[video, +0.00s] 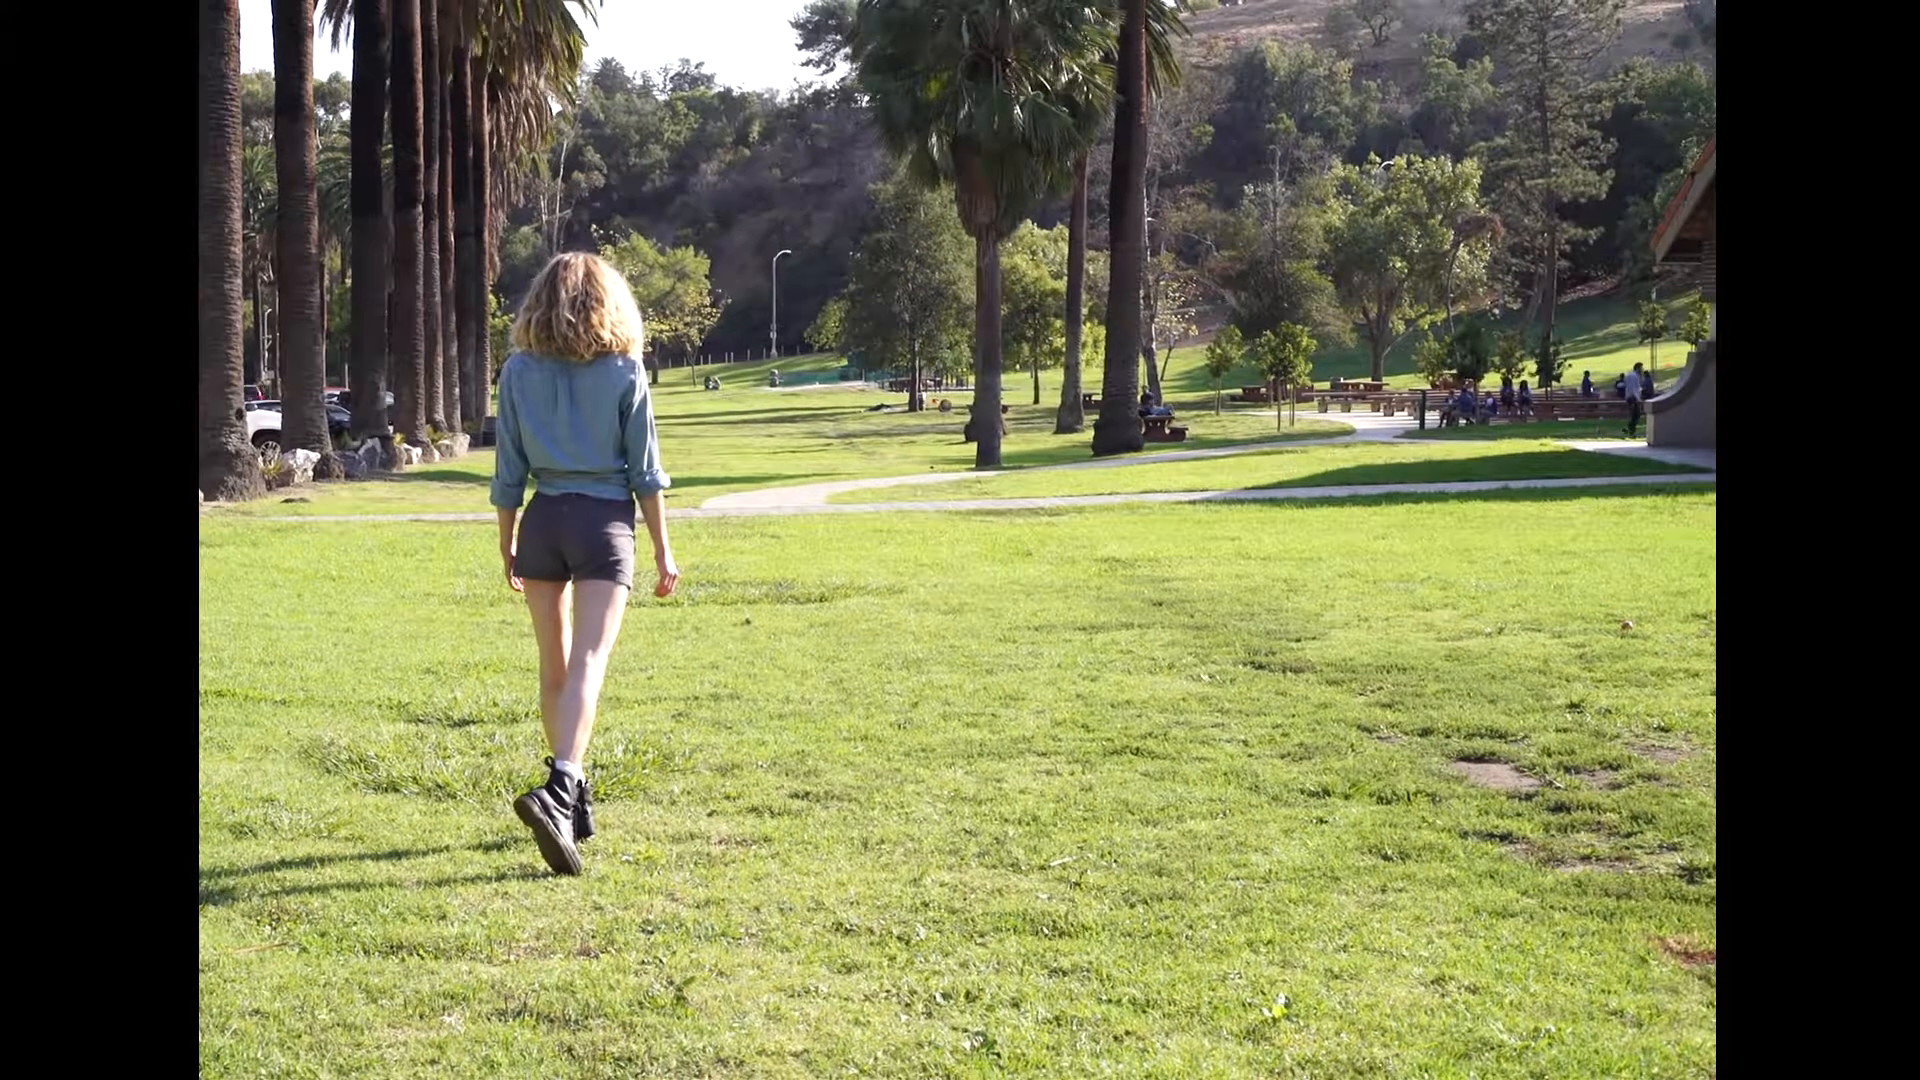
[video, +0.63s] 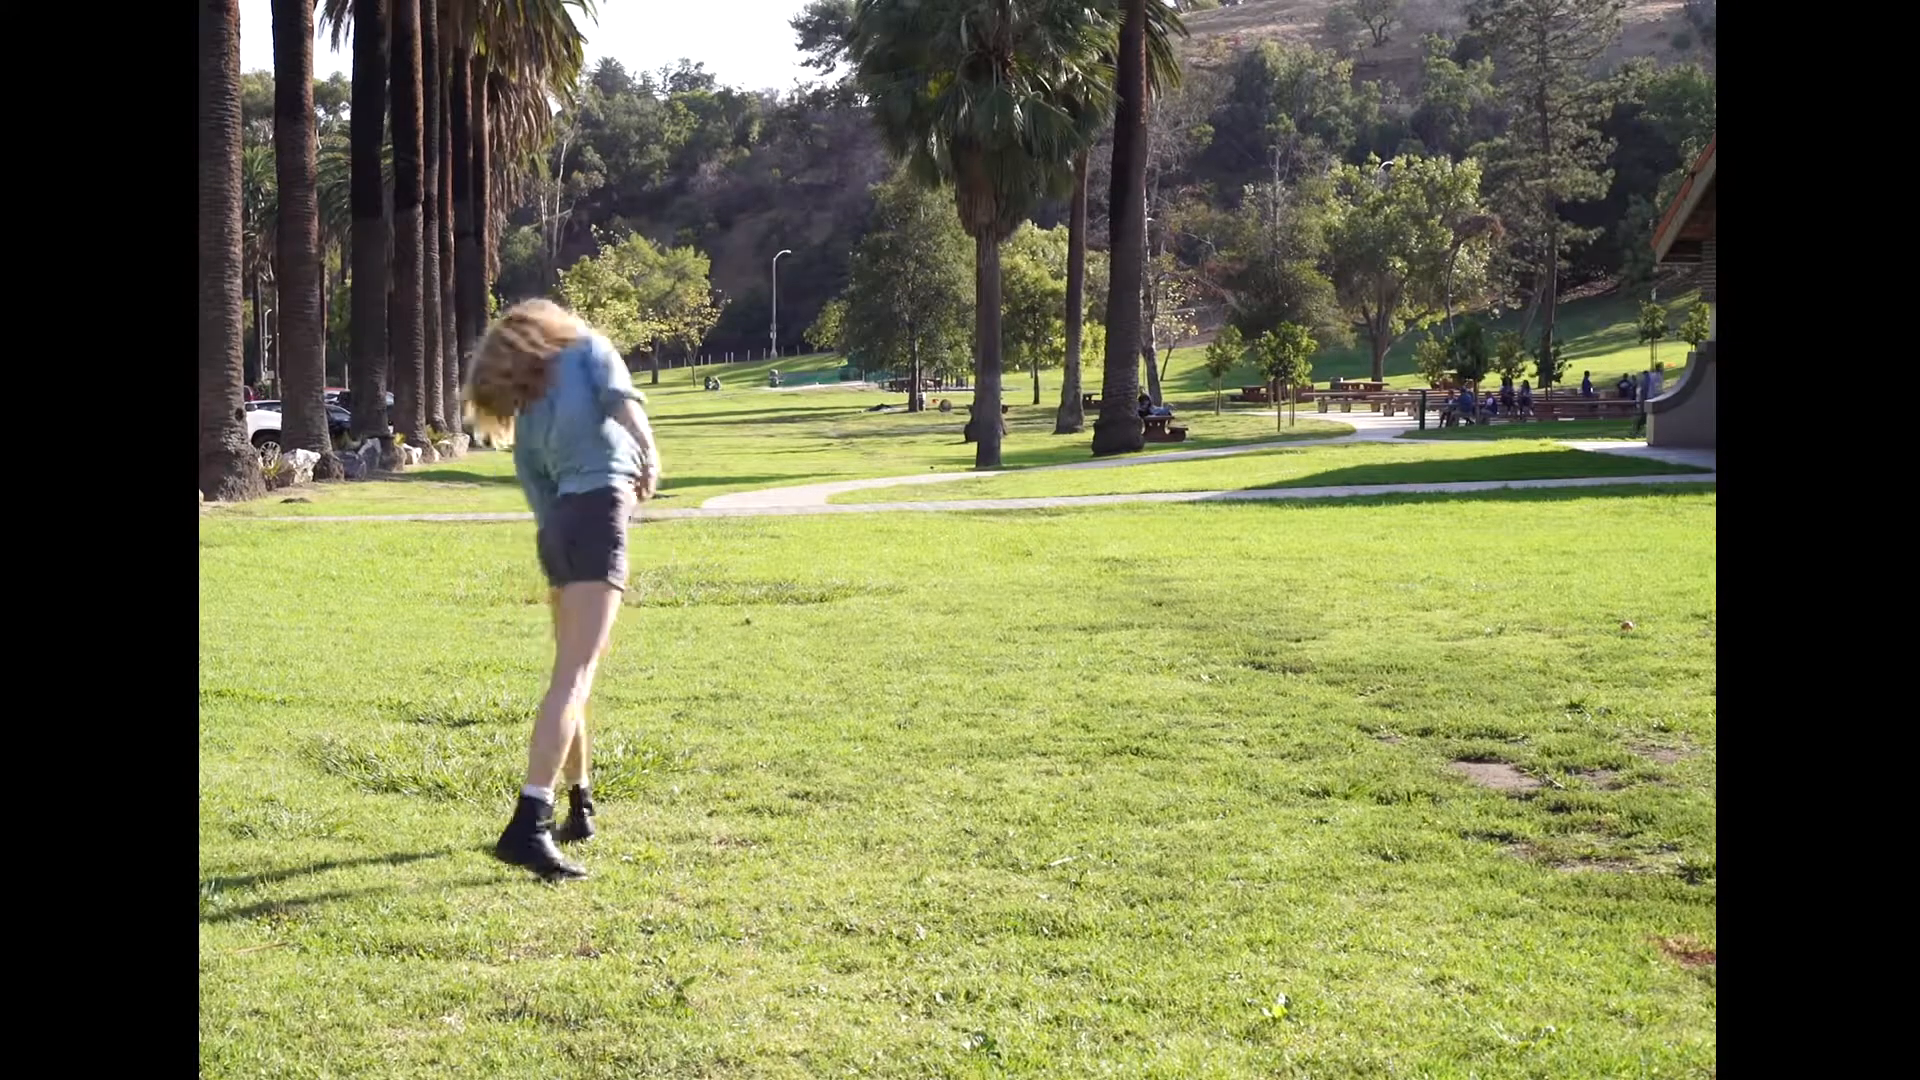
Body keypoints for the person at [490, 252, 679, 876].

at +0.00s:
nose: (620, 311)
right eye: (615, 300)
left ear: (540, 307)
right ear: (610, 307)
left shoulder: (518, 371)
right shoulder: (625, 372)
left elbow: (509, 468)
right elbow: (644, 470)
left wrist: (507, 543)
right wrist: (663, 549)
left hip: (541, 517)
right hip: (606, 517)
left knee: (553, 663)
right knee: (588, 660)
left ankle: (576, 795)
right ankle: (558, 790)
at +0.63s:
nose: (570, 325)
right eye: (564, 318)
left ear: (514, 357)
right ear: (555, 325)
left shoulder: (526, 413)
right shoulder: (587, 344)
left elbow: (541, 500)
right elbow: (617, 395)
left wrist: (557, 556)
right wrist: (651, 454)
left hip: (553, 521)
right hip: (597, 506)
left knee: (575, 668)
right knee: (573, 671)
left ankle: (579, 804)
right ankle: (529, 822)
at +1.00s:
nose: (572, 305)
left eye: (577, 300)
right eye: (559, 309)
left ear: (601, 317)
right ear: (551, 341)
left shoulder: (640, 388)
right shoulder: (545, 386)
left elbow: (666, 479)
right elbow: (492, 471)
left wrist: (696, 558)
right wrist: (434, 545)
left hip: (620, 551)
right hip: (557, 544)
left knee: (623, 696)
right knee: (574, 693)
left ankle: (599, 810)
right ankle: (527, 839)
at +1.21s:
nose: (612, 330)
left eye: (621, 322)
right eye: (600, 325)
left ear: (643, 339)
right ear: (584, 345)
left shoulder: (663, 408)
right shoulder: (560, 397)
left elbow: (670, 474)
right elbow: (516, 447)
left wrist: (676, 530)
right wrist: (487, 475)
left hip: (608, 554)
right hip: (542, 547)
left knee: (640, 702)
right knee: (567, 685)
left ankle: (608, 808)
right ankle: (534, 839)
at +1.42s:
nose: (635, 463)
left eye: (646, 448)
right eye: (621, 449)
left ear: (665, 456)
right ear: (600, 456)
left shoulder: (673, 500)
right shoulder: (561, 489)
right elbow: (500, 470)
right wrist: (456, 451)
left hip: (595, 569)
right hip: (531, 558)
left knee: (639, 704)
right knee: (565, 686)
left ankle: (606, 809)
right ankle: (534, 841)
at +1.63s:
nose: (632, 613)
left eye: (641, 606)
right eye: (627, 605)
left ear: (662, 577)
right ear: (606, 581)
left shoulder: (669, 545)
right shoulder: (546, 540)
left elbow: (681, 485)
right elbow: (507, 484)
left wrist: (683, 437)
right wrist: (471, 430)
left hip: (593, 577)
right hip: (523, 561)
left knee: (630, 704)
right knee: (546, 692)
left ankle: (600, 812)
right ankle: (529, 841)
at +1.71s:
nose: (628, 598)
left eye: (640, 587)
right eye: (622, 584)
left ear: (664, 552)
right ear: (599, 547)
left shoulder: (674, 523)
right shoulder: (555, 508)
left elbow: (700, 473)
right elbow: (510, 448)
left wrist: (717, 425)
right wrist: (476, 389)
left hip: (596, 567)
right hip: (536, 548)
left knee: (629, 705)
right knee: (547, 690)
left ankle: (601, 812)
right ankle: (528, 840)